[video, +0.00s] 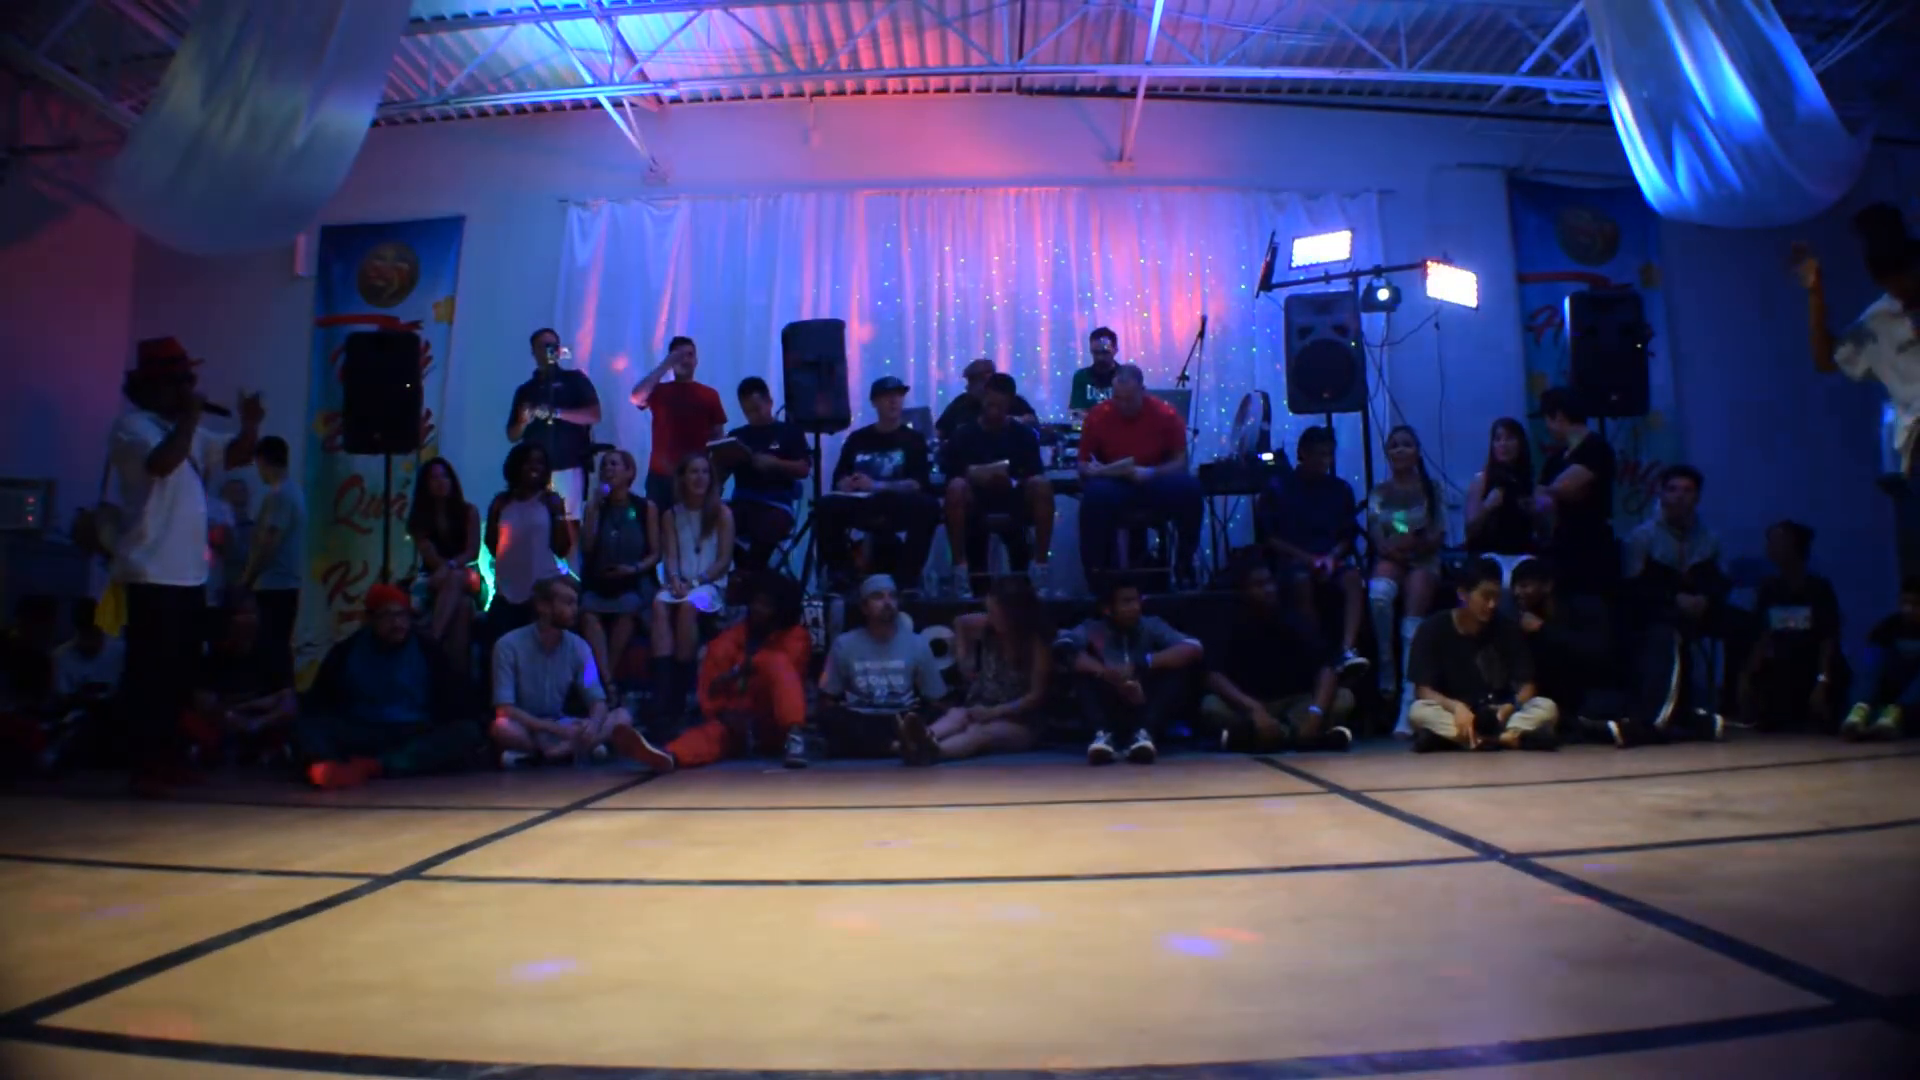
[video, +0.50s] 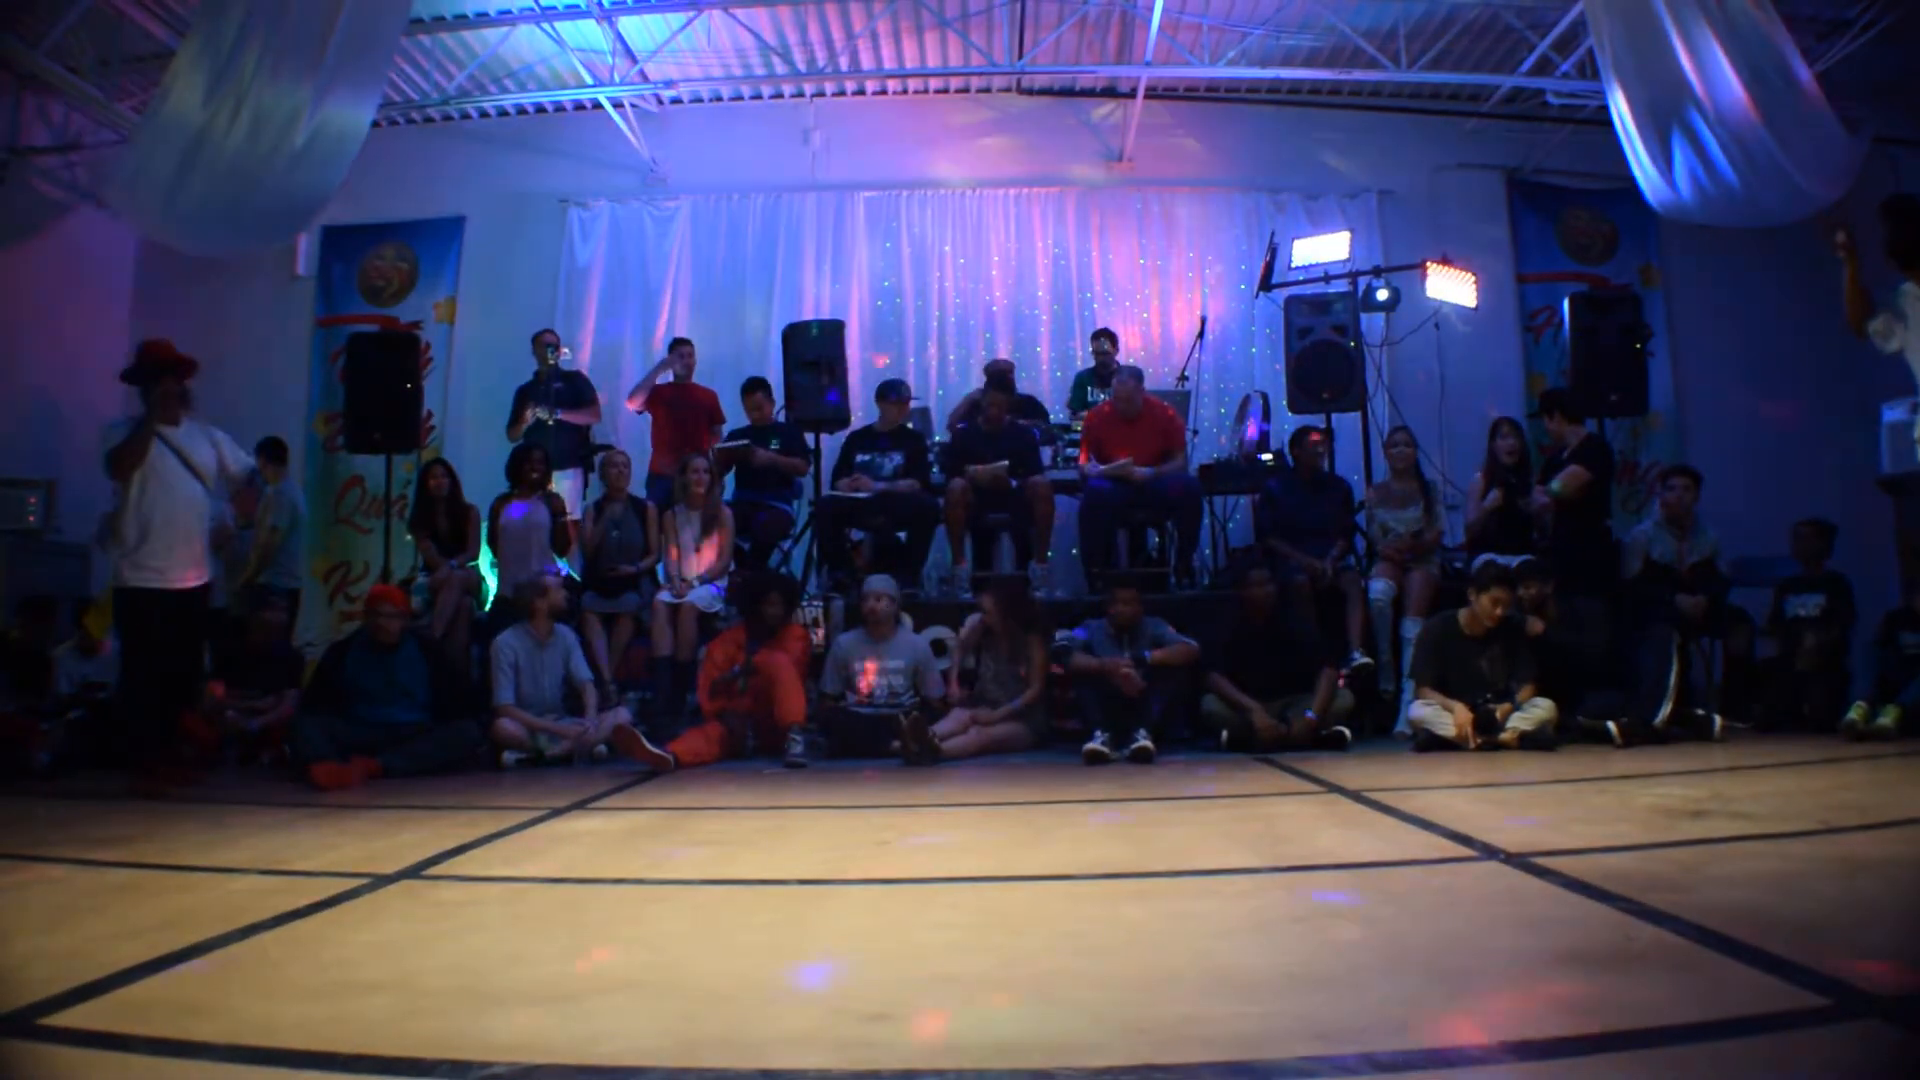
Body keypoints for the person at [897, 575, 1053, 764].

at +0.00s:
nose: (992, 618)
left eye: (996, 611)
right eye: (990, 612)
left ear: (1013, 612)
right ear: (990, 612)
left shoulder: (1035, 644)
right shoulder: (990, 630)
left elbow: (1037, 696)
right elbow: (961, 623)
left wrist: (993, 712)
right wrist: (965, 665)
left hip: (1017, 716)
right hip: (982, 707)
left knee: (981, 733)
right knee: (957, 716)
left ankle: (931, 752)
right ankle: (920, 737)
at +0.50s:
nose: (983, 618)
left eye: (988, 612)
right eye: (983, 612)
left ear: (1007, 612)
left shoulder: (1030, 638)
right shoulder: (979, 627)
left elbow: (1036, 690)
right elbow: (959, 647)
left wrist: (996, 714)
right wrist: (954, 684)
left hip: (1021, 713)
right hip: (985, 704)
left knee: (979, 736)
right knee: (961, 715)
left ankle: (934, 752)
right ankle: (922, 738)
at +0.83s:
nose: (981, 613)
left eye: (987, 606)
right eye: (978, 606)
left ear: (1001, 605)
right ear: (973, 606)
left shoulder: (1020, 636)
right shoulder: (970, 633)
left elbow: (1031, 682)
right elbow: (957, 669)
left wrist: (995, 714)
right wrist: (956, 700)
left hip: (1013, 713)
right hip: (975, 708)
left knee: (981, 736)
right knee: (952, 726)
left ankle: (934, 752)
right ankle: (925, 738)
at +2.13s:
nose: (994, 600)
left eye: (999, 595)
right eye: (988, 595)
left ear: (1008, 599)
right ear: (978, 599)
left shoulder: (1023, 636)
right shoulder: (969, 636)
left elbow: (1046, 682)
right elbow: (956, 687)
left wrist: (1020, 712)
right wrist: (964, 707)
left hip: (1014, 713)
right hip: (978, 712)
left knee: (988, 734)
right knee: (960, 718)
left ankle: (934, 751)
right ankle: (924, 736)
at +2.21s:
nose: (992, 601)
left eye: (998, 595)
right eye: (986, 595)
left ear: (1007, 599)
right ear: (977, 599)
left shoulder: (1023, 634)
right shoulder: (969, 634)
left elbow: (1050, 675)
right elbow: (956, 686)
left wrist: (1043, 712)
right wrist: (963, 704)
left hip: (1017, 709)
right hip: (979, 707)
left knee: (983, 735)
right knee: (962, 719)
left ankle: (936, 751)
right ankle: (923, 736)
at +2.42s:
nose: (990, 601)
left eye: (996, 595)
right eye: (984, 595)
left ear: (1005, 600)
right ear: (974, 600)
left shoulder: (1023, 635)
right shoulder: (966, 638)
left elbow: (1044, 677)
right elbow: (954, 689)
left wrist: (1052, 721)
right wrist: (968, 704)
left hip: (1018, 711)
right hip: (978, 708)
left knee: (984, 733)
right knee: (959, 718)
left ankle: (936, 752)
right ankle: (926, 735)